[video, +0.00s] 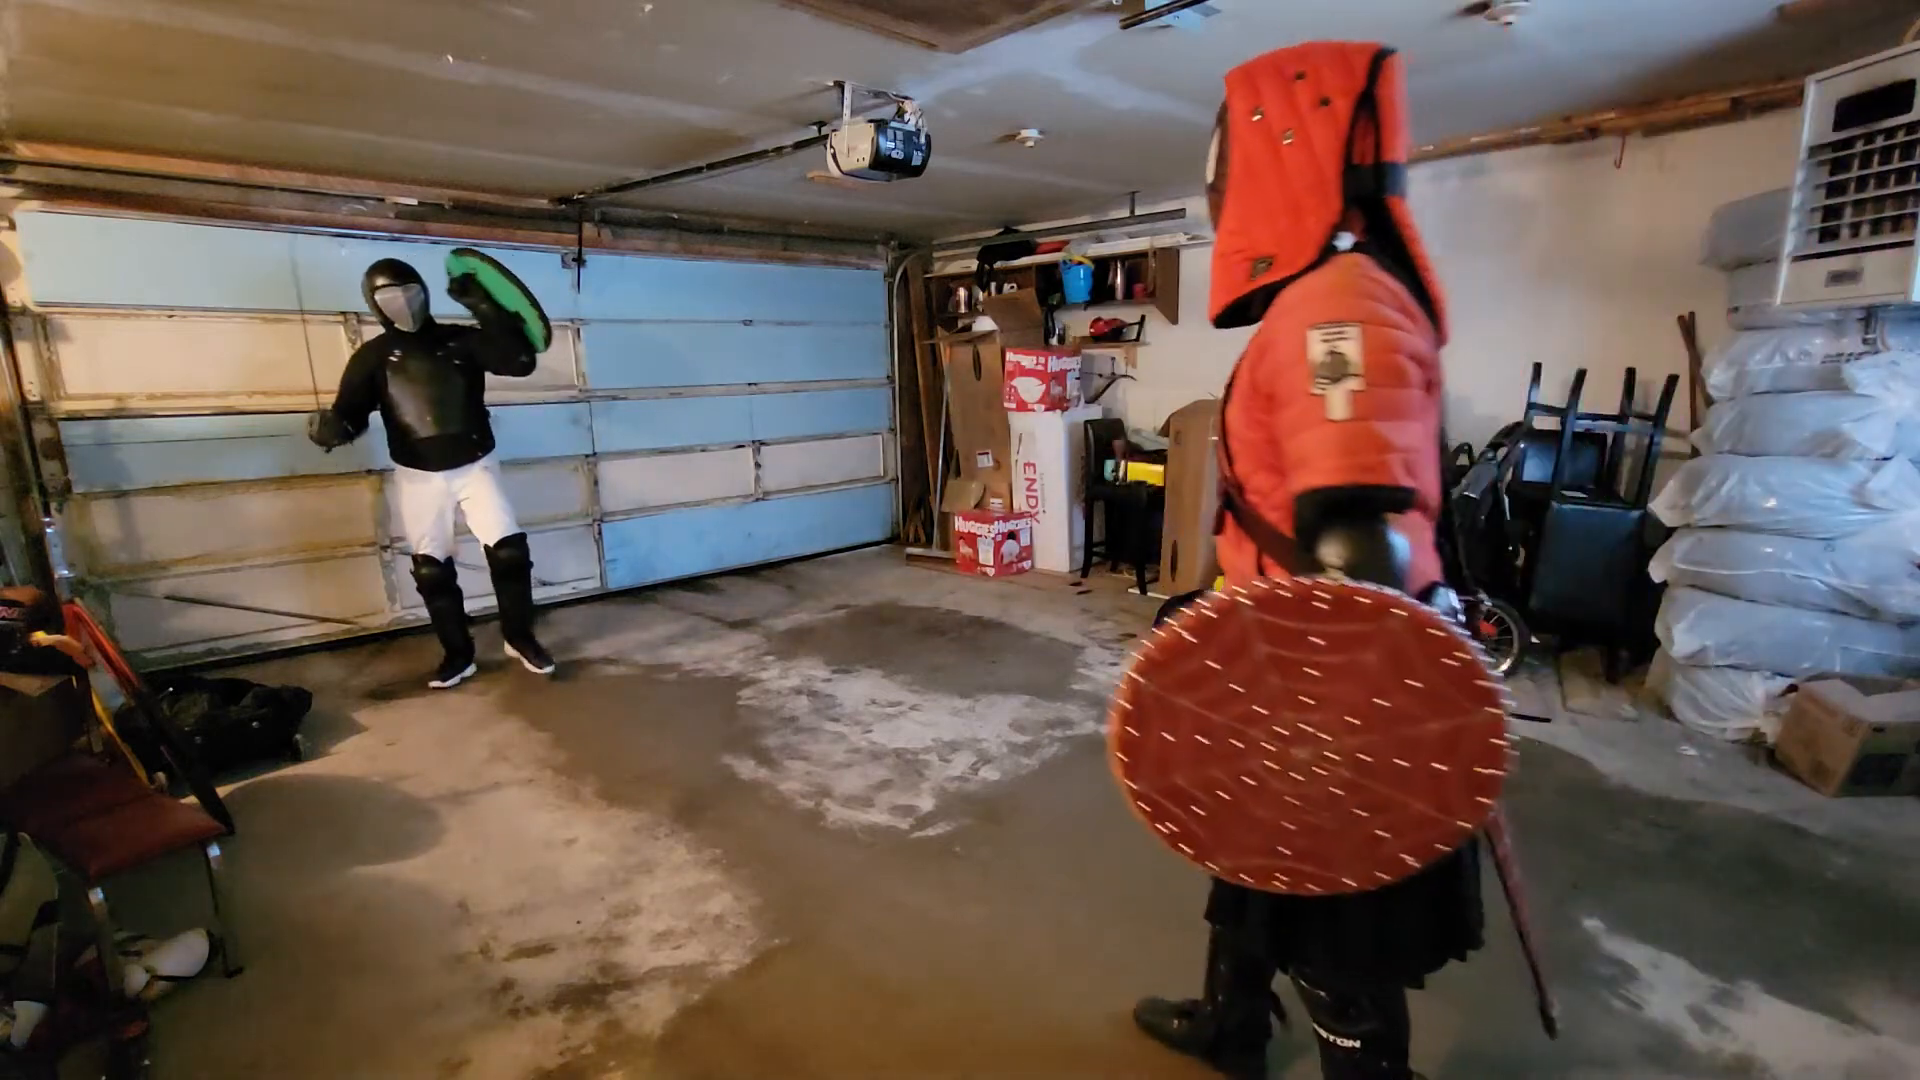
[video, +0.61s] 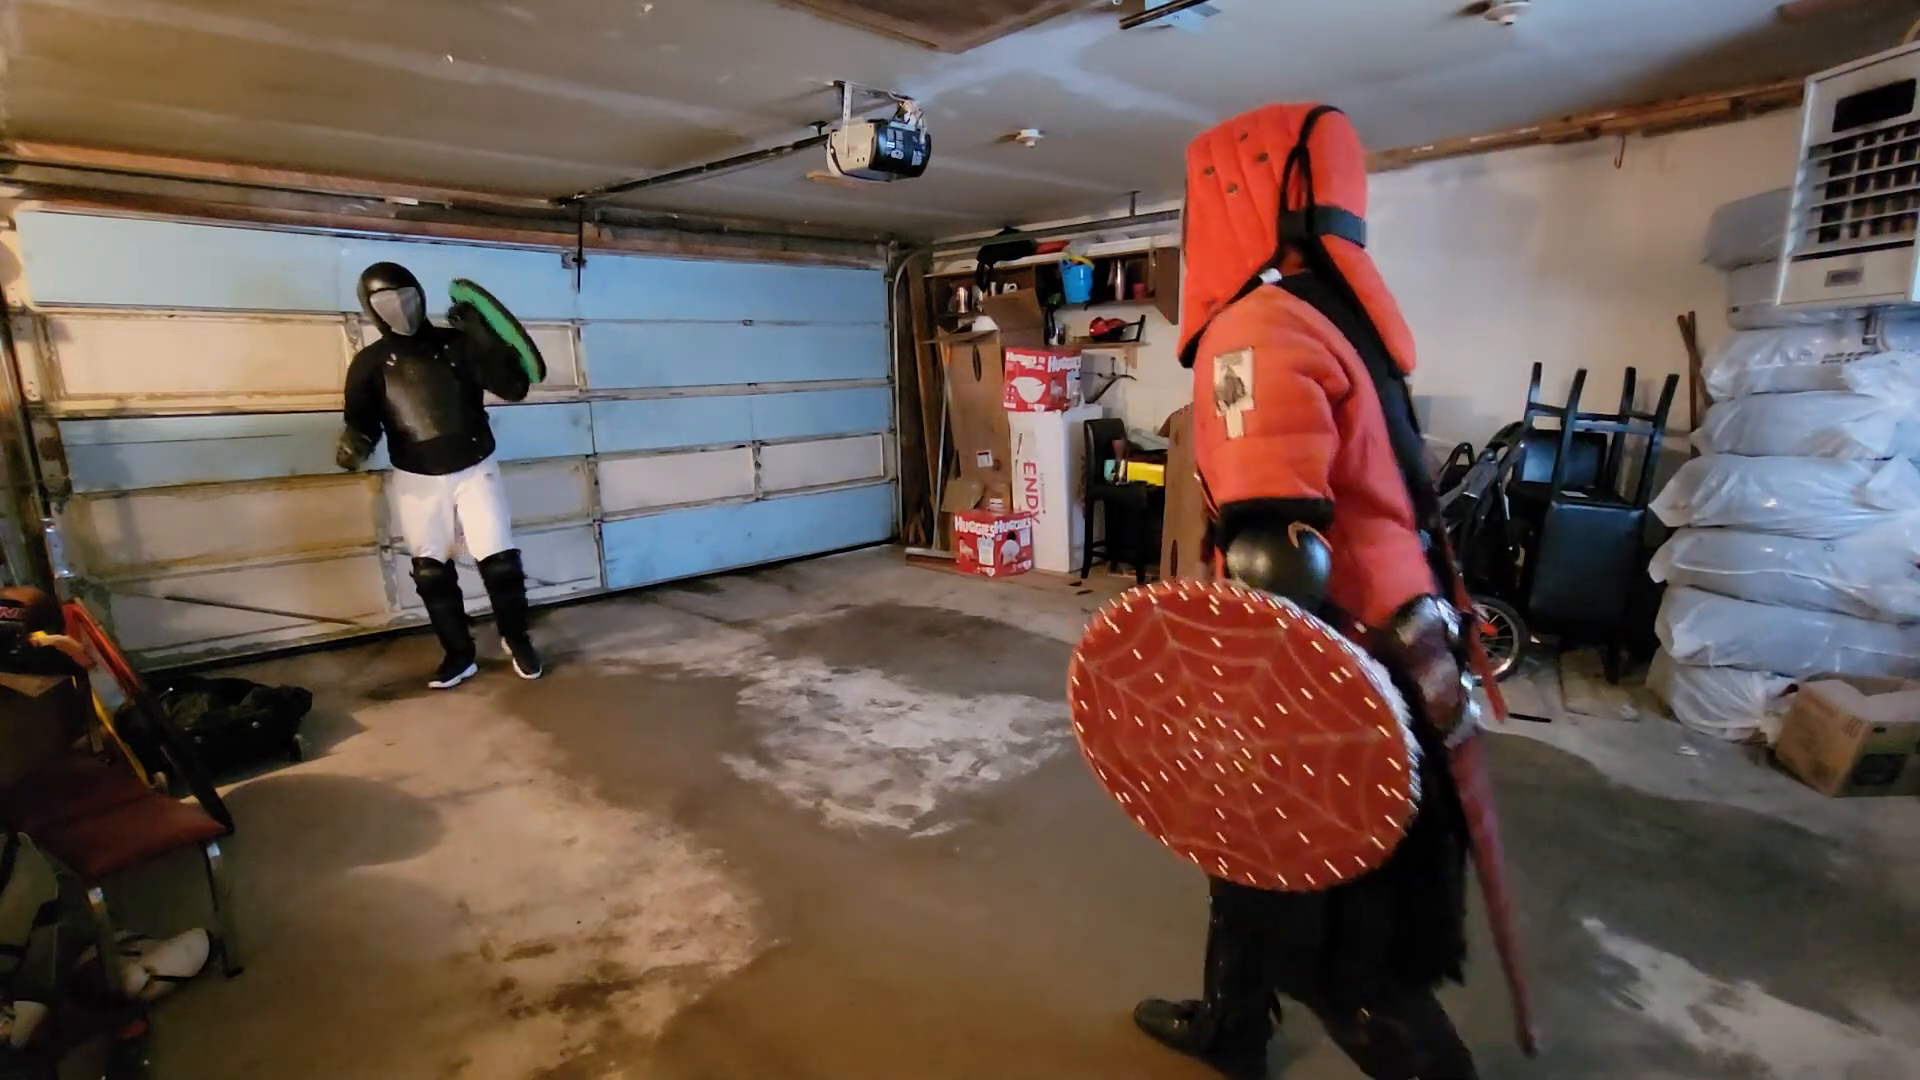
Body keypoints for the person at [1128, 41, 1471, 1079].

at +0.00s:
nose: (1217, 186)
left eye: (1234, 155)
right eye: (1224, 158)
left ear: (1293, 154)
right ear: (1325, 153)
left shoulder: (1347, 302)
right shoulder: (1307, 302)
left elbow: (1361, 543)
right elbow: (1295, 518)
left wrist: (1344, 724)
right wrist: (1217, 613)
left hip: (1333, 690)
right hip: (1274, 668)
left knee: (1339, 895)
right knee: (1247, 843)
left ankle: (1366, 1059)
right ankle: (1232, 1015)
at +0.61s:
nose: (1186, 232)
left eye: (1197, 207)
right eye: (1192, 208)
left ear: (1239, 206)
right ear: (1306, 202)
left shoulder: (1262, 330)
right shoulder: (1321, 319)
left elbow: (1273, 554)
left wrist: (1256, 736)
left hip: (1352, 705)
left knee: (1341, 956)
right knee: (1250, 841)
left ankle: (1436, 1064)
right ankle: (1234, 1017)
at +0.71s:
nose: (1209, 231)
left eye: (1219, 208)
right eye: (1215, 209)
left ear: (1262, 211)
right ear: (1337, 208)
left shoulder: (1285, 348)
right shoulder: (1354, 332)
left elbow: (1302, 592)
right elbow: (1412, 517)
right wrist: (1460, 661)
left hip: (1372, 715)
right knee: (1261, 841)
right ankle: (1233, 1020)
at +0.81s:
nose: (1236, 237)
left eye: (1248, 212)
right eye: (1241, 212)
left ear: (1294, 212)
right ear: (1362, 207)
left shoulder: (1321, 357)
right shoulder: (1380, 340)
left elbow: (1341, 624)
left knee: (1401, 1030)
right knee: (1275, 791)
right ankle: (1236, 1010)